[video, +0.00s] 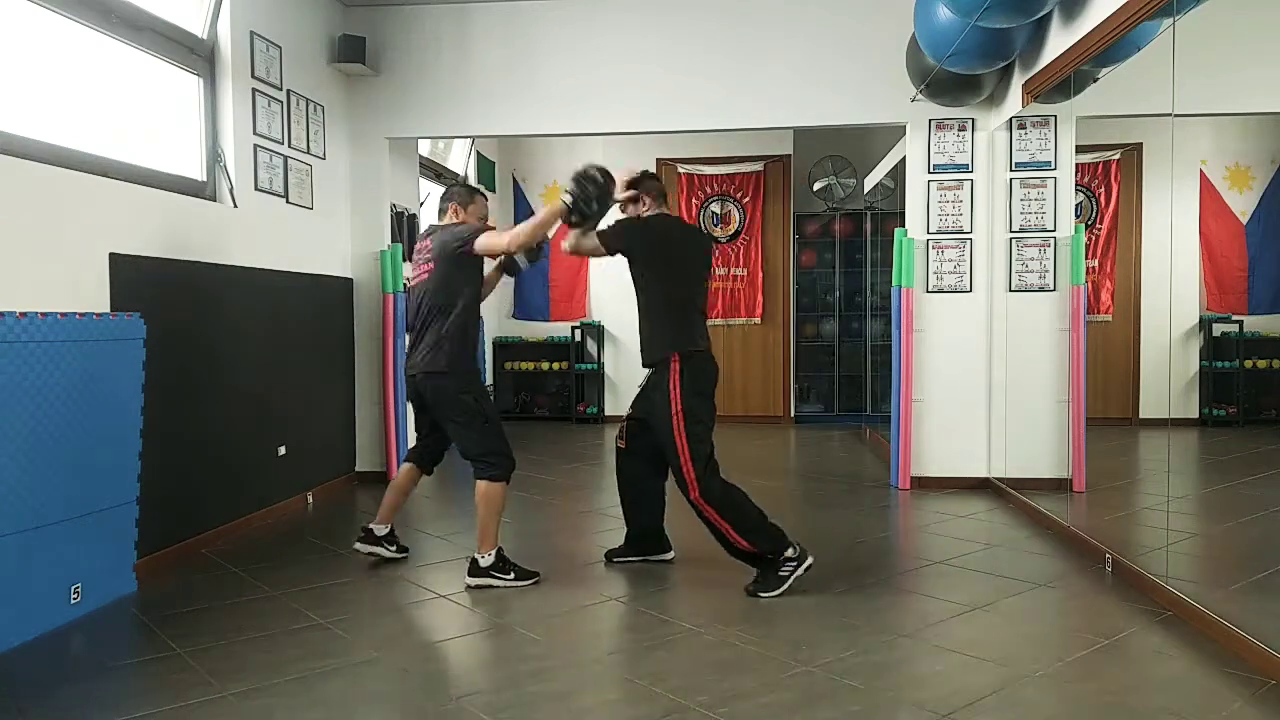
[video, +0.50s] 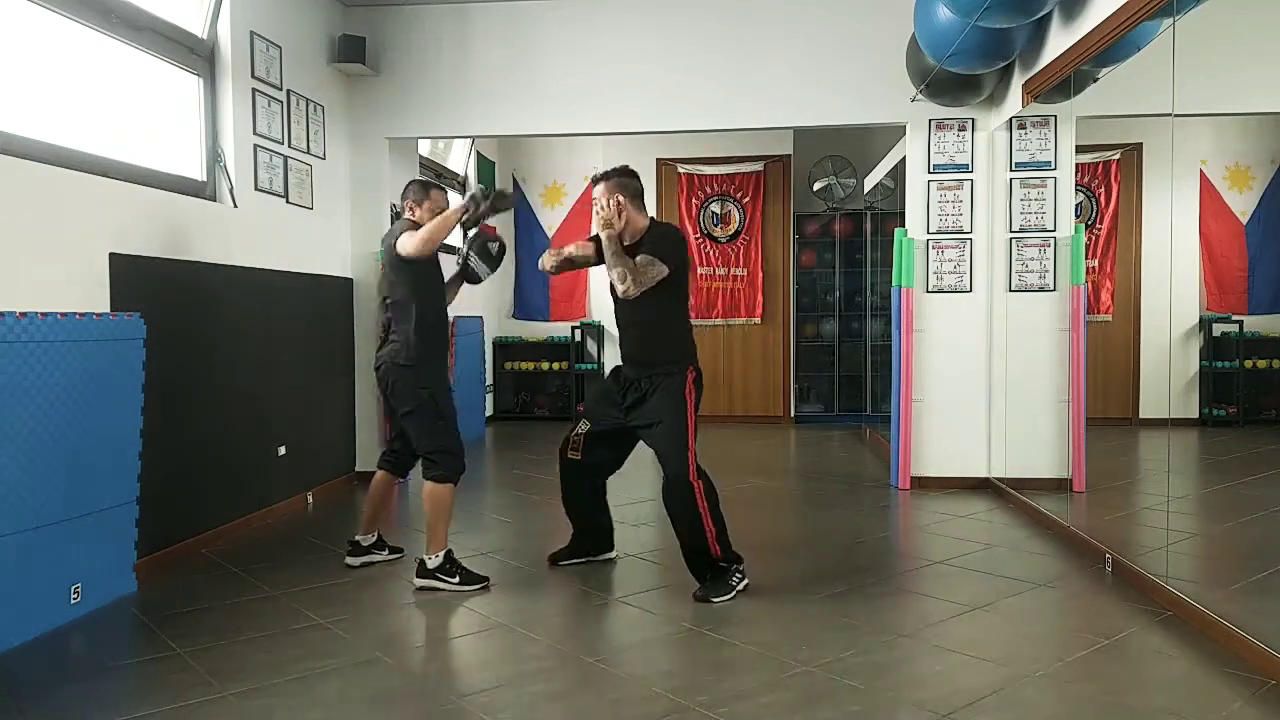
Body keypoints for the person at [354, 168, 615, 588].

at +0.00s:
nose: (487, 224)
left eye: (487, 217)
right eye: (483, 216)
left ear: (451, 212)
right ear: (456, 209)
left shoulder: (429, 244)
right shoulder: (454, 236)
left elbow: (469, 298)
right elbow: (515, 240)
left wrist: (503, 263)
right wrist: (563, 202)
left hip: (422, 372)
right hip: (450, 372)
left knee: (427, 449)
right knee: (494, 459)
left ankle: (378, 530)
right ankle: (487, 559)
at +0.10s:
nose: (476, 230)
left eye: (477, 223)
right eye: (472, 221)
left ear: (443, 216)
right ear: (448, 214)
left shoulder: (428, 248)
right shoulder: (441, 244)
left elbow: (485, 284)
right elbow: (479, 276)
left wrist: (515, 251)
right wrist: (524, 237)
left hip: (421, 369)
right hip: (449, 370)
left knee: (412, 456)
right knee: (493, 459)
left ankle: (369, 537)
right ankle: (487, 559)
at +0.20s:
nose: (466, 229)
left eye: (468, 222)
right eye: (463, 219)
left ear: (438, 214)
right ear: (442, 213)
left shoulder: (417, 246)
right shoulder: (431, 237)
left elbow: (444, 295)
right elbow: (453, 250)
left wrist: (472, 284)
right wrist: (490, 209)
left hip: (405, 360)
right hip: (435, 360)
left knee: (397, 454)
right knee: (475, 458)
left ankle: (366, 541)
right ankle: (485, 558)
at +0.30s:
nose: (462, 223)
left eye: (463, 217)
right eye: (459, 215)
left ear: (425, 209)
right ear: (445, 210)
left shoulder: (402, 244)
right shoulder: (434, 227)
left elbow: (417, 294)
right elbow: (477, 197)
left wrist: (457, 280)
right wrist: (523, 174)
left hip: (391, 360)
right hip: (422, 360)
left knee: (393, 452)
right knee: (460, 456)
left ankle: (366, 541)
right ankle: (442, 559)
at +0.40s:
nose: (451, 215)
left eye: (450, 210)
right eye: (447, 207)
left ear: (417, 206)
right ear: (433, 205)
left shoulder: (403, 248)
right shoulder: (421, 230)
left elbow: (417, 301)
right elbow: (453, 197)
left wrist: (456, 286)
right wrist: (495, 169)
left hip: (390, 361)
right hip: (417, 360)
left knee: (391, 453)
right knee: (447, 457)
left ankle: (365, 541)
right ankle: (436, 560)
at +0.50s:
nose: (443, 220)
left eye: (446, 214)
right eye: (438, 212)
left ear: (415, 212)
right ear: (412, 209)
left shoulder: (416, 250)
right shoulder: (401, 234)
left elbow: (433, 306)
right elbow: (419, 244)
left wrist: (464, 273)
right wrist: (464, 210)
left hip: (404, 363)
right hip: (413, 364)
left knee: (401, 452)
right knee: (445, 459)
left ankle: (365, 541)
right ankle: (435, 561)